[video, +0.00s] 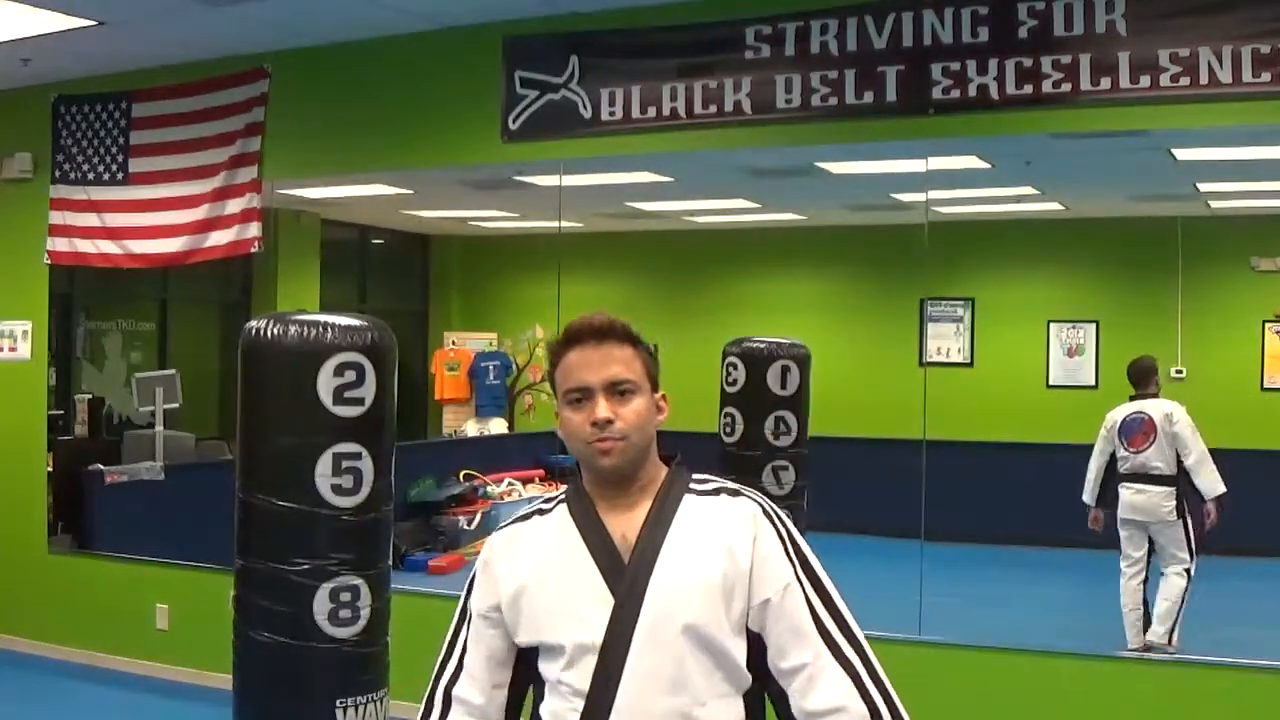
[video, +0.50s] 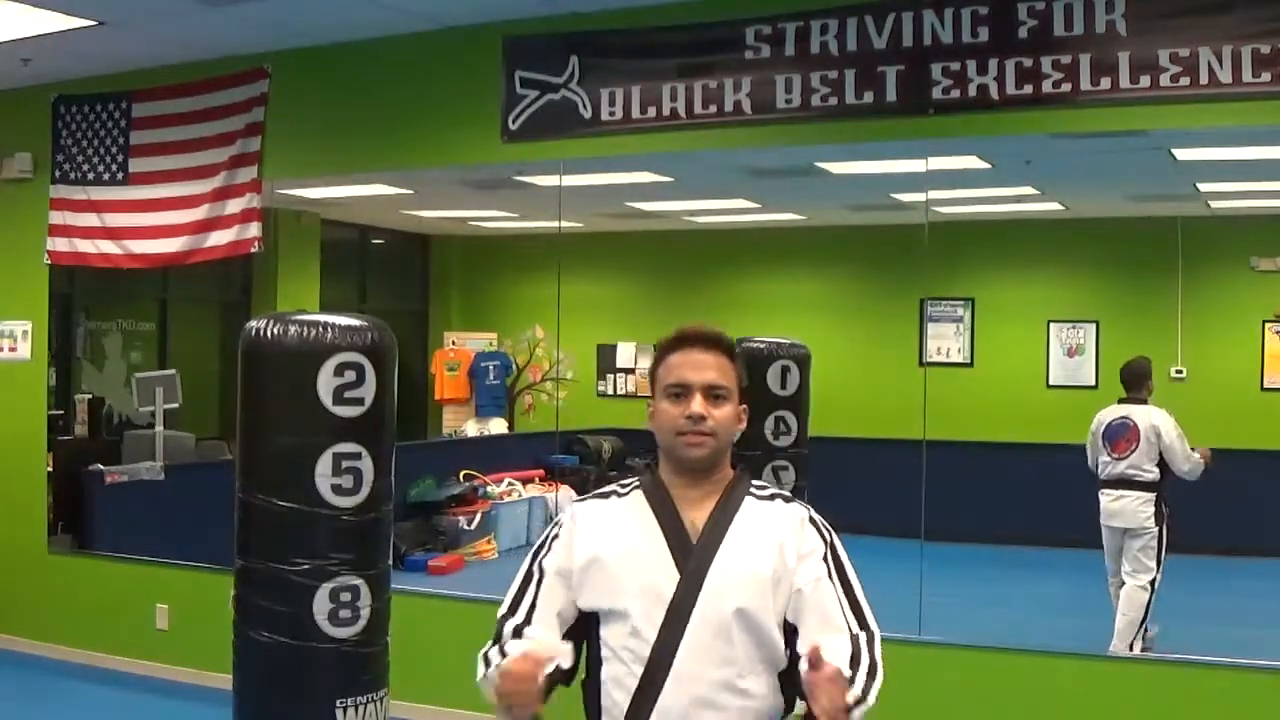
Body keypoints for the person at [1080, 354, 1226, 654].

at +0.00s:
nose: (1160, 380)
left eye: (1155, 377)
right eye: (1159, 376)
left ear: (1131, 382)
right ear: (1156, 379)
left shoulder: (1115, 416)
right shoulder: (1172, 411)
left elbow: (1097, 462)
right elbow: (1194, 455)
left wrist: (1092, 504)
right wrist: (1211, 495)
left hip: (1127, 499)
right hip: (1164, 501)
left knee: (1131, 568)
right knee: (1177, 565)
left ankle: (1135, 641)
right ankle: (1159, 635)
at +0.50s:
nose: (1153, 383)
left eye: (1150, 379)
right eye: (1152, 379)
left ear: (1123, 383)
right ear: (1149, 383)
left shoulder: (1102, 416)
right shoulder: (1159, 418)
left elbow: (1094, 463)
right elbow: (1185, 467)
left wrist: (1121, 467)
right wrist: (1201, 460)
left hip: (1109, 502)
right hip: (1143, 504)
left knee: (1116, 576)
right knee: (1139, 577)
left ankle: (1135, 634)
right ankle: (1120, 650)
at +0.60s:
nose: (1151, 383)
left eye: (1147, 379)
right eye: (1151, 379)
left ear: (1121, 382)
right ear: (1147, 382)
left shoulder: (1099, 414)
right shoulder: (1155, 417)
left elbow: (1094, 458)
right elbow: (1178, 464)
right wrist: (1182, 447)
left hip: (1104, 502)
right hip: (1138, 504)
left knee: (1112, 576)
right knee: (1135, 577)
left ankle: (1131, 637)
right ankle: (1120, 651)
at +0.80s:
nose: (1144, 381)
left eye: (1141, 376)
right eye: (1143, 377)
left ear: (1113, 380)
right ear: (1140, 380)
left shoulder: (1093, 411)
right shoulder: (1150, 415)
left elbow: (1086, 453)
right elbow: (1174, 459)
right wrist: (1146, 449)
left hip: (1096, 502)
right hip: (1130, 505)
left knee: (1096, 574)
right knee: (1127, 578)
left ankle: (1088, 649)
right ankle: (1119, 654)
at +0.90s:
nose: (1136, 381)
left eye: (1133, 376)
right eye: (1135, 377)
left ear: (1106, 380)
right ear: (1132, 380)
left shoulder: (1087, 412)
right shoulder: (1143, 415)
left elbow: (1079, 448)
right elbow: (1172, 456)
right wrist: (1143, 451)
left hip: (1092, 500)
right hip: (1127, 504)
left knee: (1088, 569)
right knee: (1124, 579)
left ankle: (1068, 642)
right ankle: (1119, 652)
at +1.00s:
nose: (1128, 379)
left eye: (1125, 374)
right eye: (1126, 375)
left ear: (1096, 380)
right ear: (1123, 380)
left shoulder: (1080, 413)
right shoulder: (1135, 416)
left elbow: (1075, 455)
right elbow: (1162, 459)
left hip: (1086, 500)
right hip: (1122, 504)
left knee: (1081, 567)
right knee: (1121, 579)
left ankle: (1053, 636)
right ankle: (1117, 653)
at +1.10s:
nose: (1117, 379)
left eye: (1115, 374)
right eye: (1116, 375)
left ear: (1087, 382)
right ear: (1112, 380)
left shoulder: (1071, 415)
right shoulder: (1126, 417)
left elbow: (1066, 456)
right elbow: (1151, 461)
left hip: (1079, 502)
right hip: (1115, 505)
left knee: (1073, 570)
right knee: (1117, 582)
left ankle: (1046, 643)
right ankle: (1116, 656)